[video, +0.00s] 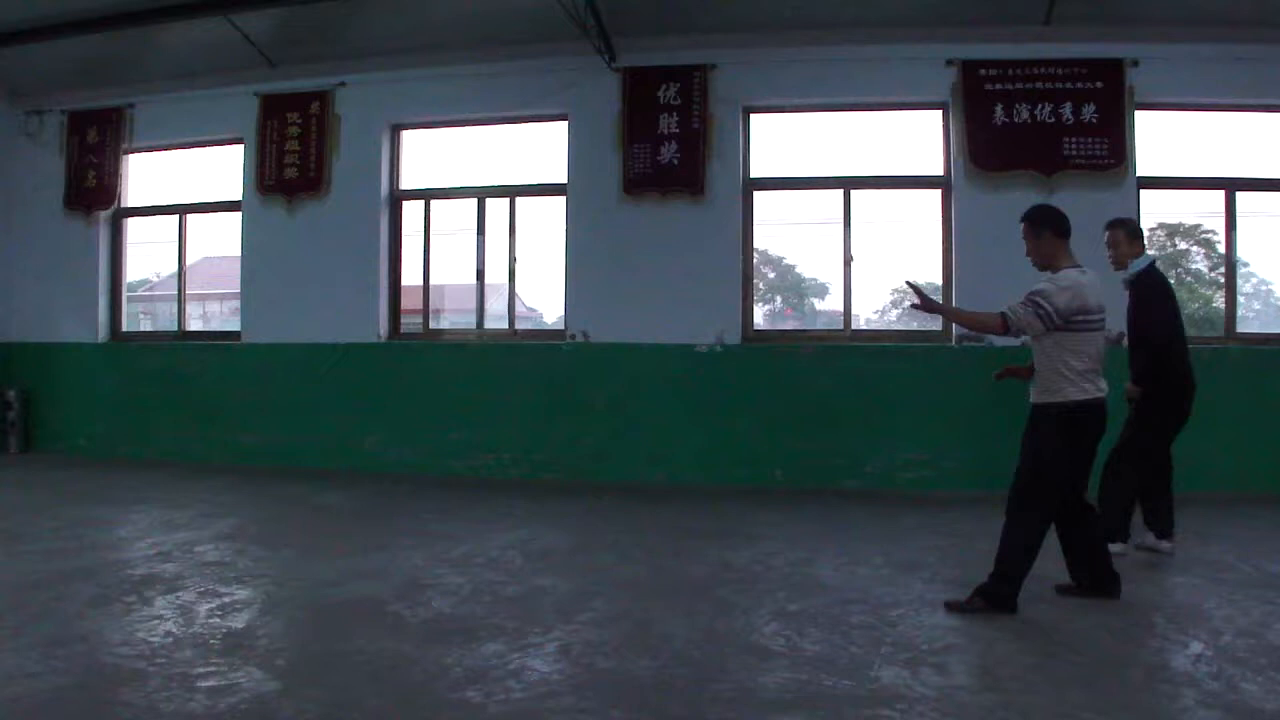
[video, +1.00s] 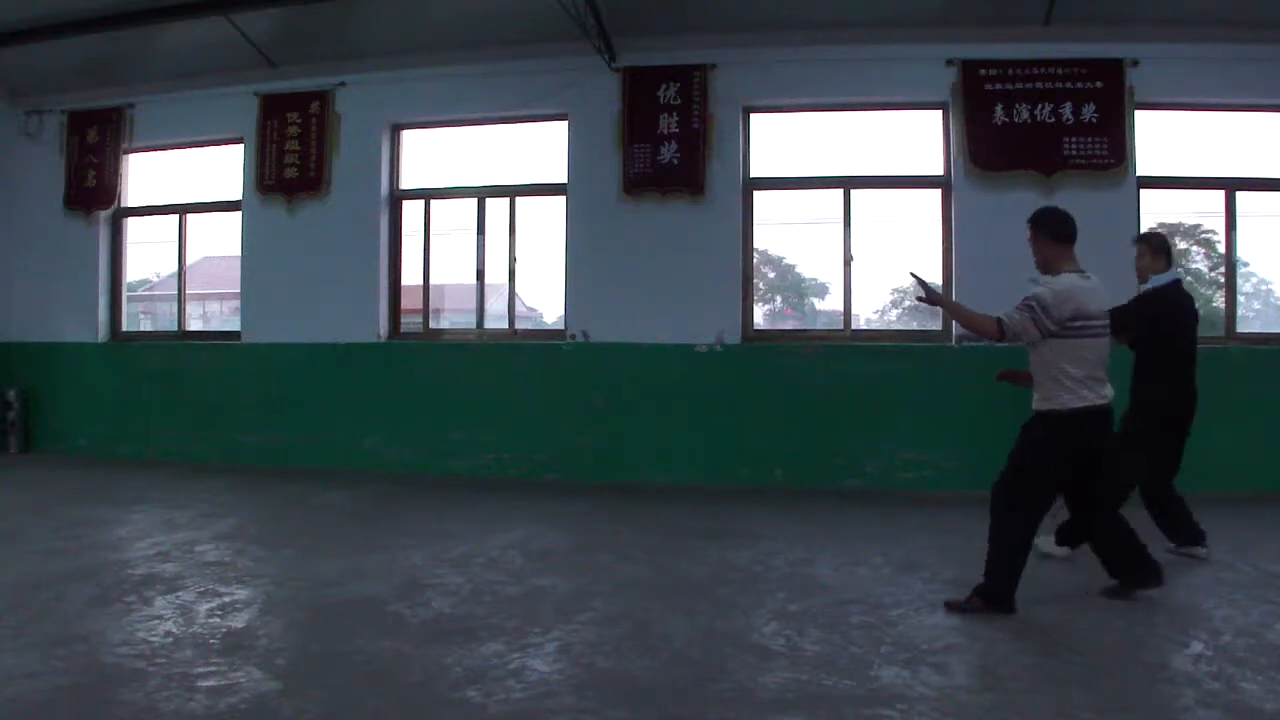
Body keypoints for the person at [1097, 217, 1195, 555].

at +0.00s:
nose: (1109, 253)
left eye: (1114, 246)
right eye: (1108, 246)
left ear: (1135, 245)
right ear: (1133, 247)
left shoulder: (1146, 285)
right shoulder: (1149, 281)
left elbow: (1153, 341)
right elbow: (1152, 337)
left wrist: (1138, 382)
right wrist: (1124, 340)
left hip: (1162, 389)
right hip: (1165, 386)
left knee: (1124, 459)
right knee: (1154, 456)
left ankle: (1112, 535)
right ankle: (1161, 532)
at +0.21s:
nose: (1108, 255)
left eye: (1112, 248)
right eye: (1106, 248)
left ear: (1134, 248)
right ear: (1131, 250)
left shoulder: (1144, 287)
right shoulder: (1146, 283)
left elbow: (1144, 345)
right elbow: (1147, 339)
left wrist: (1124, 383)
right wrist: (1120, 338)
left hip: (1157, 390)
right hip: (1163, 387)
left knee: (1120, 460)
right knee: (1147, 456)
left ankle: (1112, 536)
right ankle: (1167, 529)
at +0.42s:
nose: (1126, 256)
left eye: (1132, 249)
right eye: (1125, 249)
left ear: (1153, 251)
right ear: (1149, 253)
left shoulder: (1159, 291)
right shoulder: (1157, 289)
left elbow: (1142, 346)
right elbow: (1141, 346)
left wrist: (1095, 347)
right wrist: (1098, 345)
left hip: (1157, 403)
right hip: (1164, 400)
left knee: (1113, 466)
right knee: (1160, 473)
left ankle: (1111, 536)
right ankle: (1192, 535)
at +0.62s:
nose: (1145, 258)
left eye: (1149, 252)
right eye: (1145, 252)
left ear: (1169, 253)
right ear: (1169, 254)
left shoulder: (1172, 296)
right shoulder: (1179, 293)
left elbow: (1144, 336)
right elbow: (1145, 330)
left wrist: (1104, 317)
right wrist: (1109, 319)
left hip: (1164, 401)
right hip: (1179, 400)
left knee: (1110, 460)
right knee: (1162, 473)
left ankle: (1101, 535)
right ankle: (1191, 538)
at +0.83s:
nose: (1149, 260)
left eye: (1154, 254)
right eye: (1150, 254)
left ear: (1174, 257)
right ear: (1179, 258)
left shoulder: (1170, 299)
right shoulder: (1191, 298)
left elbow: (1125, 319)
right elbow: (1154, 339)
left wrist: (1086, 302)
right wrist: (1126, 329)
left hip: (1162, 404)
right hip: (1182, 402)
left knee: (1116, 469)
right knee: (1158, 475)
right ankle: (1191, 539)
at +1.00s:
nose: (1134, 264)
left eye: (1139, 257)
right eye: (1136, 257)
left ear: (1156, 259)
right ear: (1163, 261)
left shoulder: (1154, 301)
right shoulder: (1183, 301)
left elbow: (1102, 324)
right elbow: (1142, 338)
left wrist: (1057, 319)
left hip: (1152, 406)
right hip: (1177, 404)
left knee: (1114, 474)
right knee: (1155, 478)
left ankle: (1066, 538)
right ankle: (1191, 540)